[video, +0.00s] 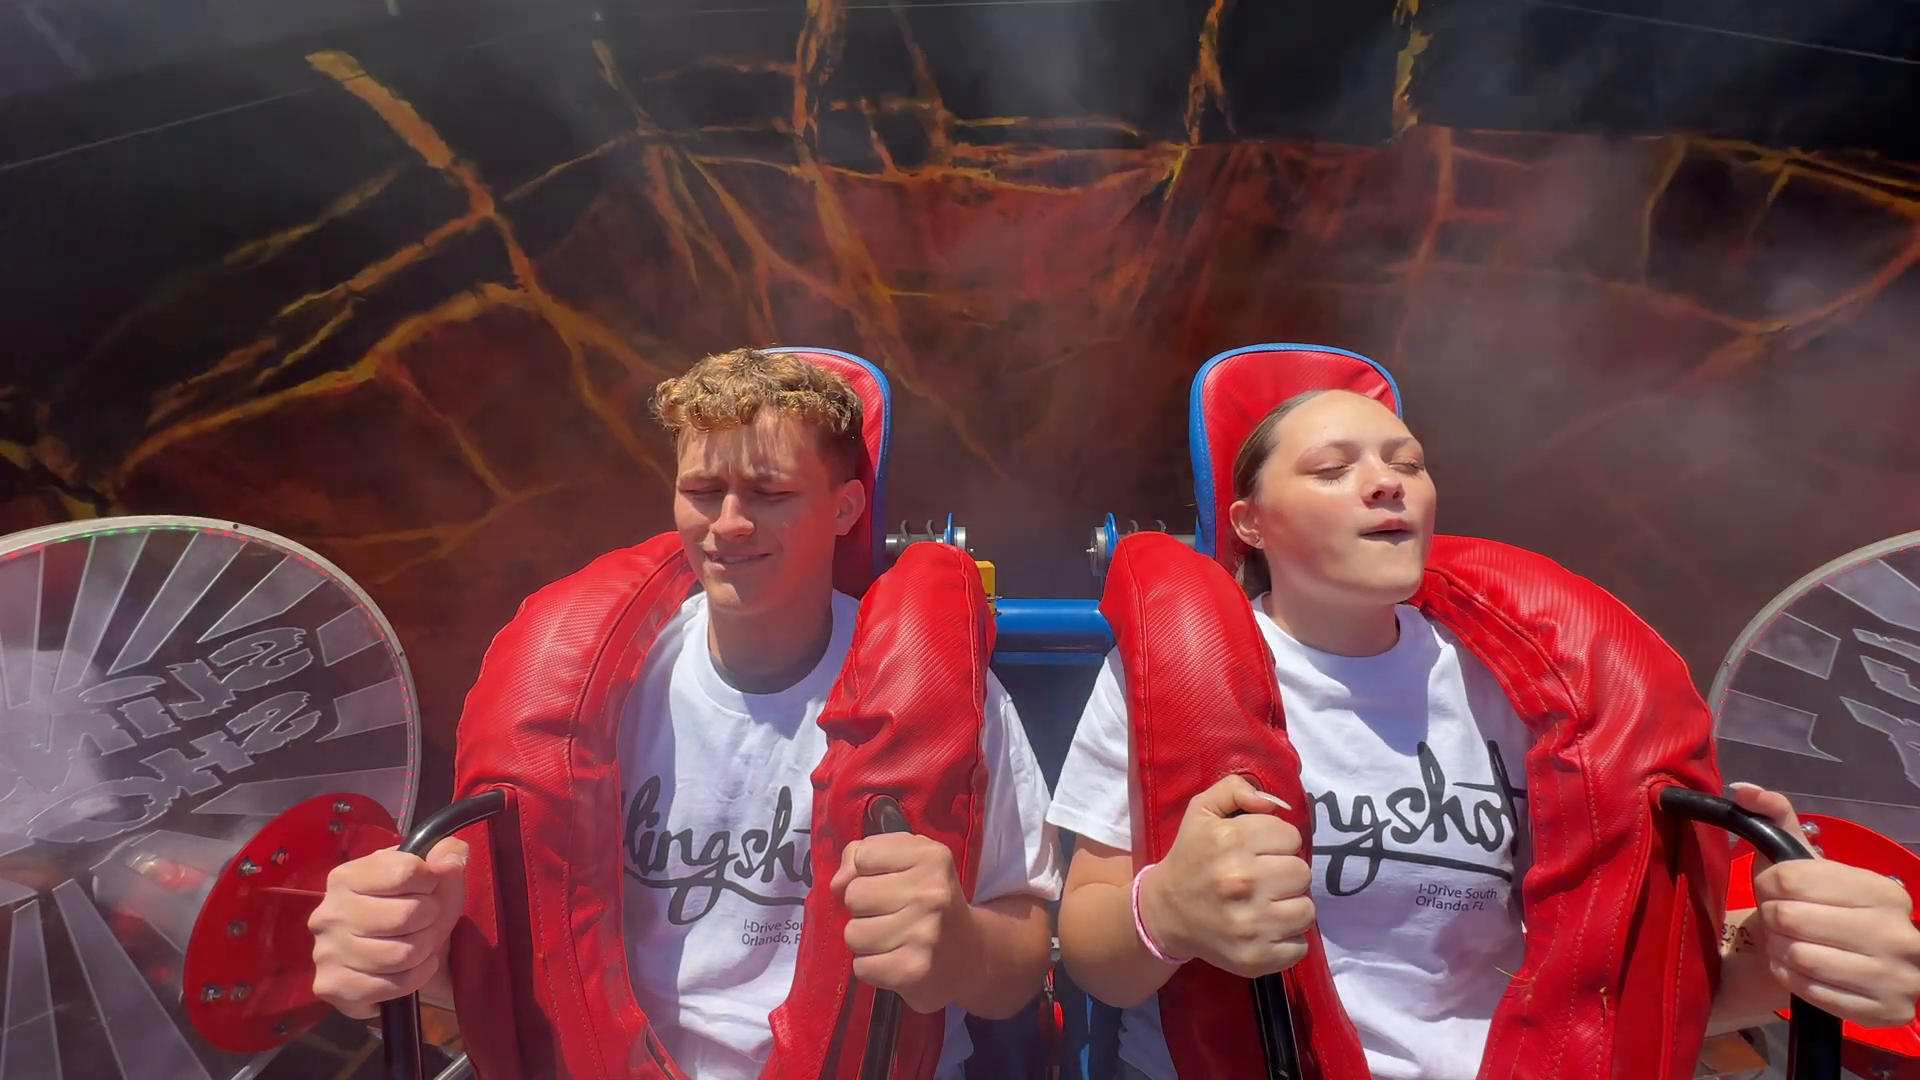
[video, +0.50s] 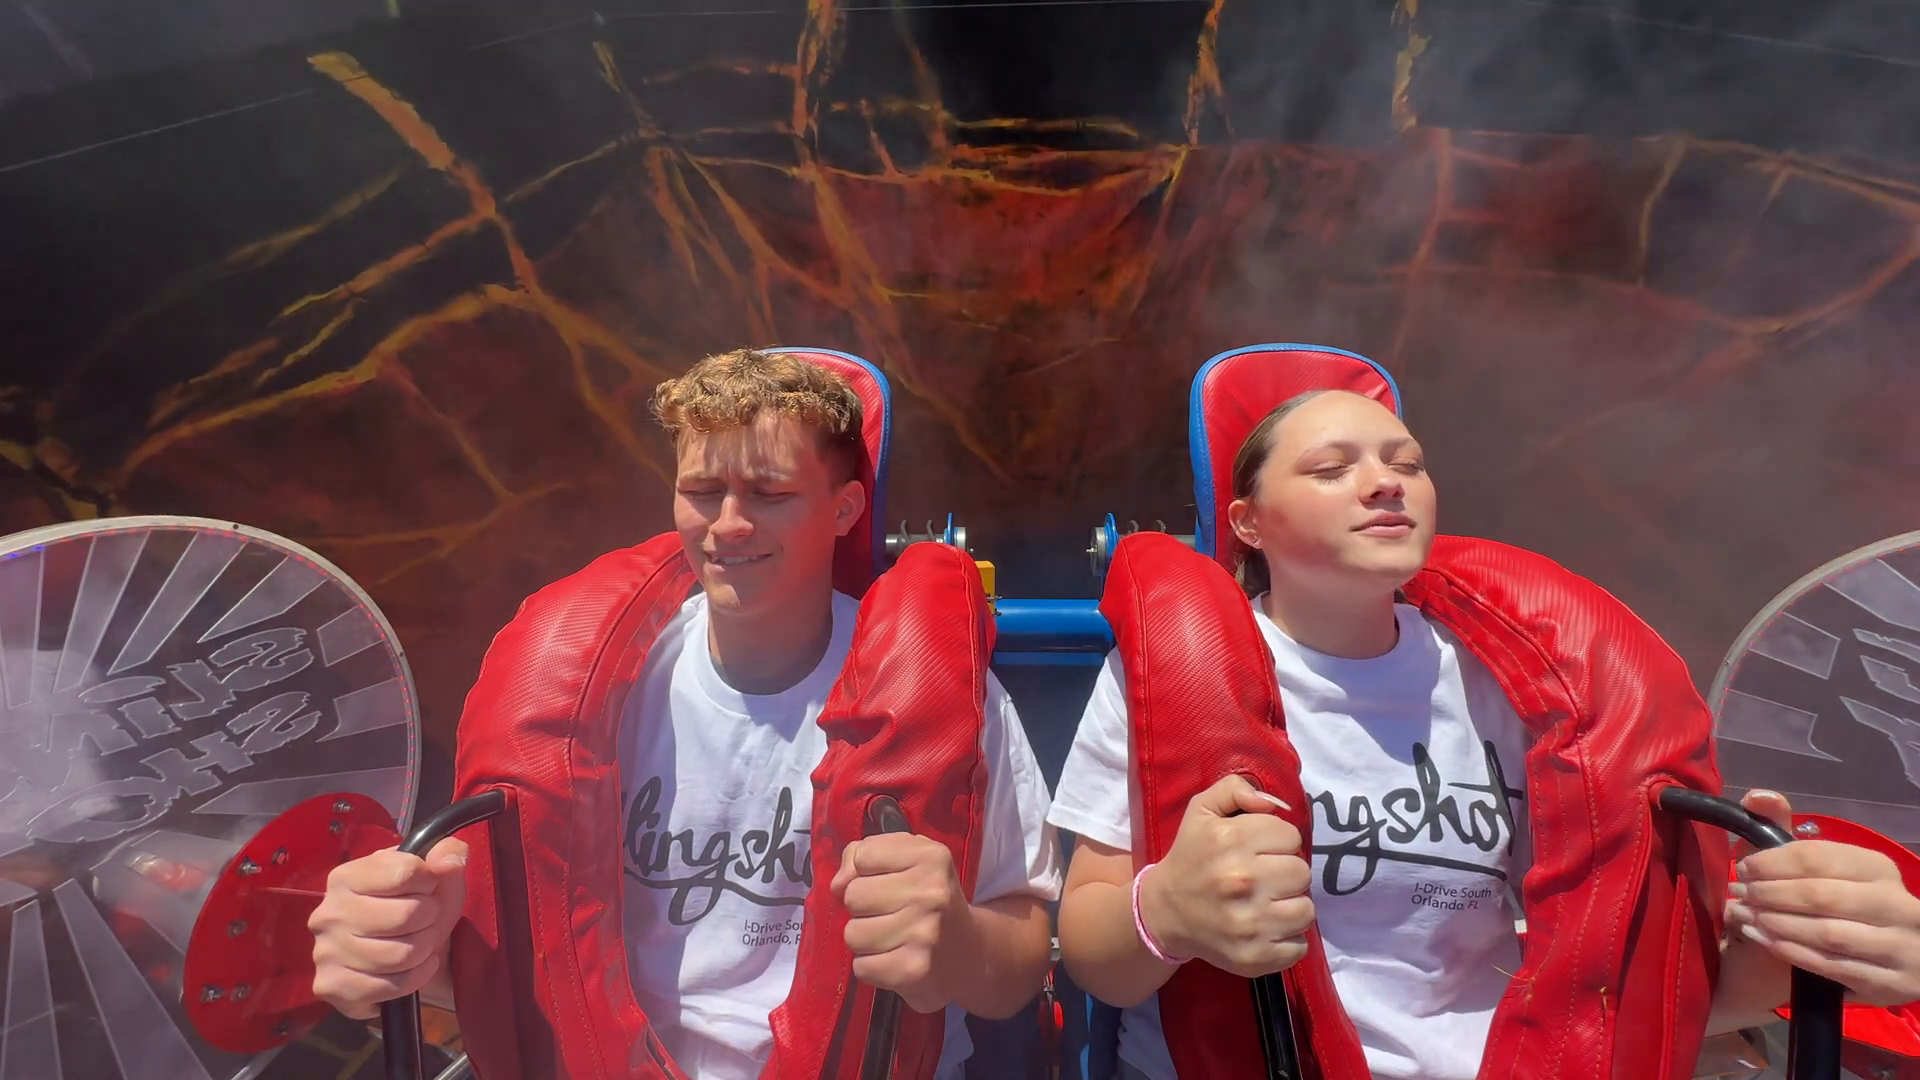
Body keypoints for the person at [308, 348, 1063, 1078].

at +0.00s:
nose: (729, 524)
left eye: (768, 493)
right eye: (705, 490)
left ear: (847, 507)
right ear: (675, 492)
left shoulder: (936, 690)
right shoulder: (581, 669)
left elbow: (1026, 958)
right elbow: (505, 938)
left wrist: (961, 949)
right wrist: (410, 945)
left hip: (832, 1063)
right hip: (611, 1058)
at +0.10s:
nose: (729, 525)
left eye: (768, 493)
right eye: (704, 490)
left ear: (846, 507)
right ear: (675, 493)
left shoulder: (936, 690)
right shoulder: (583, 669)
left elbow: (1025, 960)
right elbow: (503, 927)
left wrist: (960, 949)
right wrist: (409, 943)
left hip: (831, 1063)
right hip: (612, 1058)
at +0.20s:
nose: (729, 525)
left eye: (769, 493)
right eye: (705, 491)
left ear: (847, 508)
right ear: (675, 494)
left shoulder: (936, 690)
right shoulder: (585, 670)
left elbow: (1025, 961)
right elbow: (503, 921)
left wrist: (960, 948)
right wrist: (408, 942)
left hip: (832, 1063)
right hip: (613, 1058)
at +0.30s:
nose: (729, 525)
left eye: (768, 493)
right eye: (704, 491)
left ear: (847, 507)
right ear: (675, 492)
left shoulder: (936, 689)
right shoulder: (584, 668)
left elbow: (1024, 961)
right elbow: (501, 915)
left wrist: (958, 947)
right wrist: (408, 941)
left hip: (830, 1063)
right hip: (611, 1058)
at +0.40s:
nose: (729, 525)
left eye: (768, 493)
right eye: (704, 491)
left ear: (847, 506)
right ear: (675, 492)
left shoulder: (934, 687)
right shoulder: (584, 668)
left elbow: (1025, 960)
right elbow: (502, 921)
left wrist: (959, 947)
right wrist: (407, 941)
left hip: (831, 1062)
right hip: (612, 1057)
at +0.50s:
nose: (729, 525)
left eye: (768, 493)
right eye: (704, 491)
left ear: (846, 506)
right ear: (675, 491)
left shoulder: (934, 687)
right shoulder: (584, 668)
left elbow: (1025, 960)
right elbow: (502, 929)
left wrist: (958, 947)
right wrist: (406, 942)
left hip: (832, 1063)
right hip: (612, 1058)